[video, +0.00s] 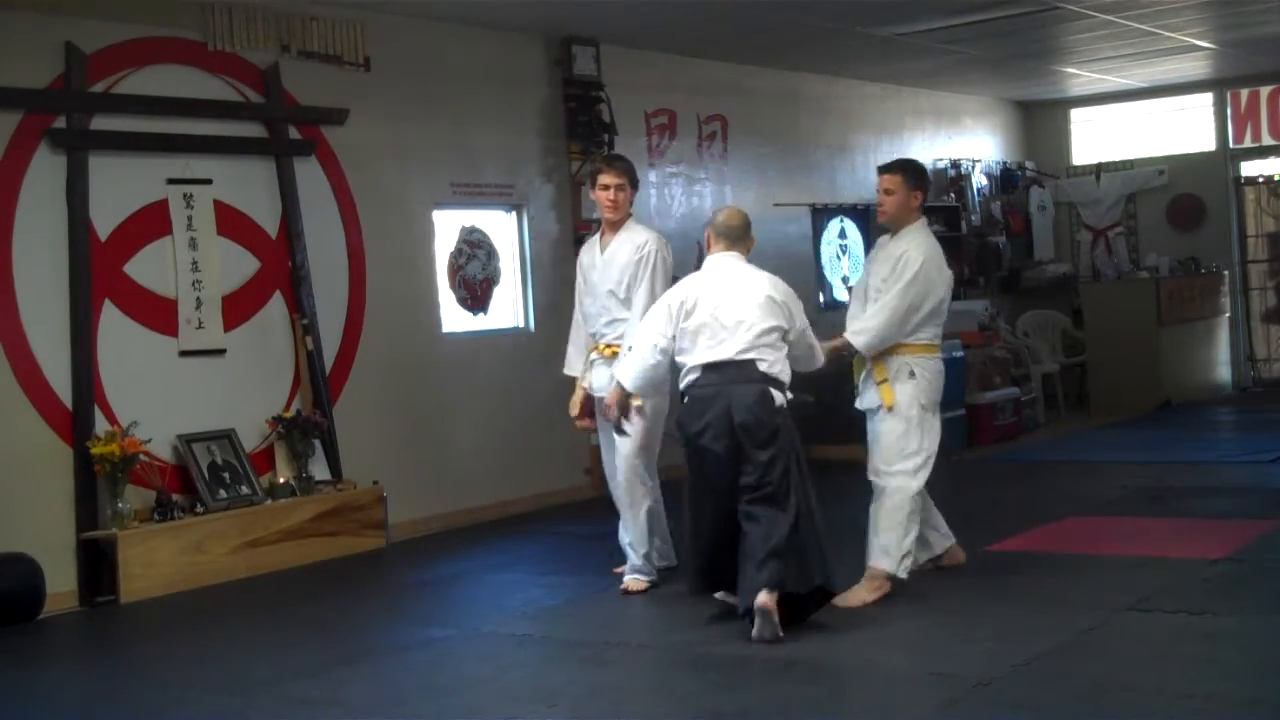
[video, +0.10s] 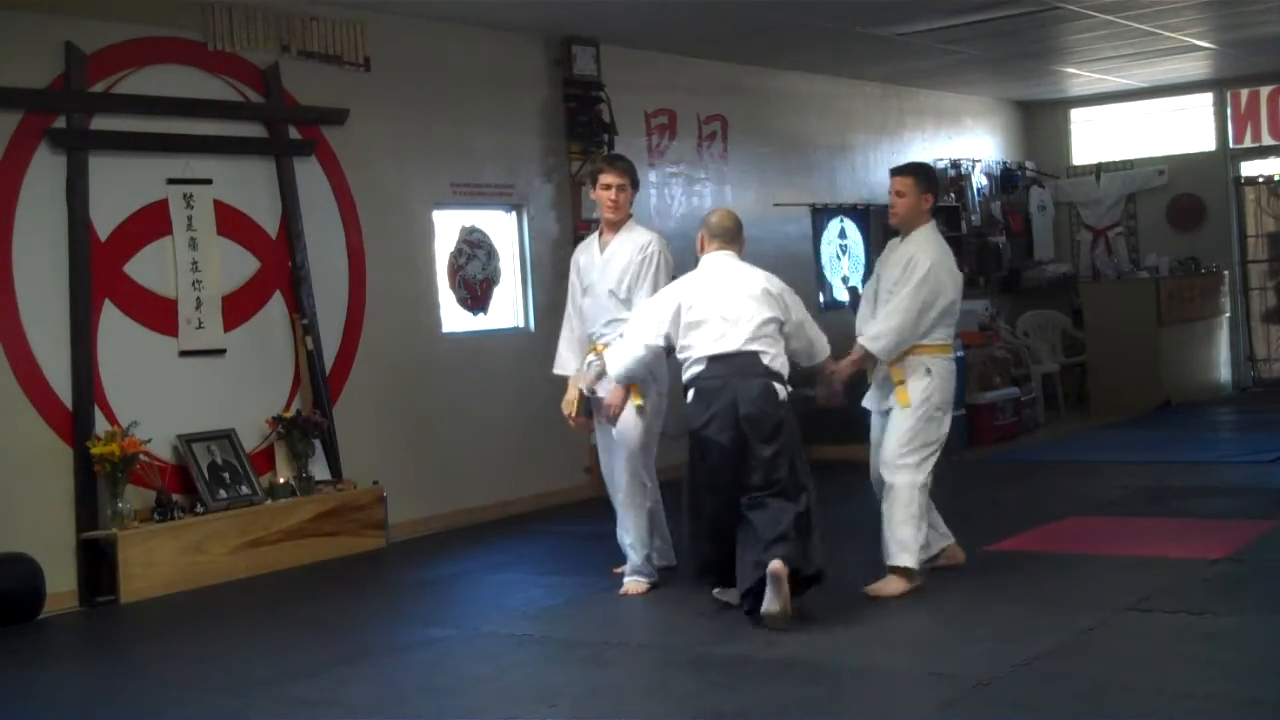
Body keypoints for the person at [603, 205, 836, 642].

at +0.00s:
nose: (706, 245)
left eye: (705, 239)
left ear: (707, 241)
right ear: (751, 244)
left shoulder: (682, 291)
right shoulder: (774, 288)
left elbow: (648, 349)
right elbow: (808, 359)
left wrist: (622, 391)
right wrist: (827, 350)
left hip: (701, 394)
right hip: (761, 393)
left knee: (713, 495)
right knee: (766, 497)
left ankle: (726, 589)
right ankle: (765, 590)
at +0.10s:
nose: (700, 247)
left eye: (698, 242)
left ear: (701, 243)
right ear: (743, 244)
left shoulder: (679, 288)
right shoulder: (768, 283)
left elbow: (640, 338)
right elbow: (816, 353)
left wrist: (617, 386)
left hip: (707, 386)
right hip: (762, 384)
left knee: (716, 489)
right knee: (774, 487)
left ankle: (731, 584)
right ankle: (778, 562)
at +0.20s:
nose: (695, 246)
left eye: (695, 241)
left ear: (699, 242)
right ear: (739, 245)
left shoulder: (678, 287)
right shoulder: (768, 280)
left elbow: (628, 328)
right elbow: (823, 335)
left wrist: (584, 339)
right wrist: (848, 375)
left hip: (716, 379)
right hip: (770, 378)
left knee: (720, 484)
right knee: (783, 483)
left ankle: (728, 582)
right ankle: (781, 564)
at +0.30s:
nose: (696, 246)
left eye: (697, 241)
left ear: (702, 242)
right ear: (741, 244)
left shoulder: (686, 284)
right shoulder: (771, 275)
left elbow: (628, 316)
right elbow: (822, 321)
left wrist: (585, 316)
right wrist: (853, 370)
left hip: (728, 380)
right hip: (779, 379)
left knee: (730, 482)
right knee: (788, 477)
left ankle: (734, 582)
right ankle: (793, 567)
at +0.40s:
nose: (702, 251)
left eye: (703, 246)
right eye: (705, 247)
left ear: (710, 245)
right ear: (746, 247)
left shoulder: (691, 283)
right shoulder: (778, 277)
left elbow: (623, 318)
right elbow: (822, 323)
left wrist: (591, 315)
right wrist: (847, 369)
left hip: (738, 375)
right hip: (788, 374)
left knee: (735, 477)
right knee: (786, 472)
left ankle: (739, 574)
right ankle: (790, 561)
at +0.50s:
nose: (704, 253)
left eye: (706, 246)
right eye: (706, 246)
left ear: (717, 247)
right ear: (748, 249)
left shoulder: (703, 283)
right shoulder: (780, 282)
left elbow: (637, 327)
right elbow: (819, 340)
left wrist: (606, 321)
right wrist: (837, 380)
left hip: (754, 383)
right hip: (801, 377)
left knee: (742, 477)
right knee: (787, 476)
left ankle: (753, 569)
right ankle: (799, 559)